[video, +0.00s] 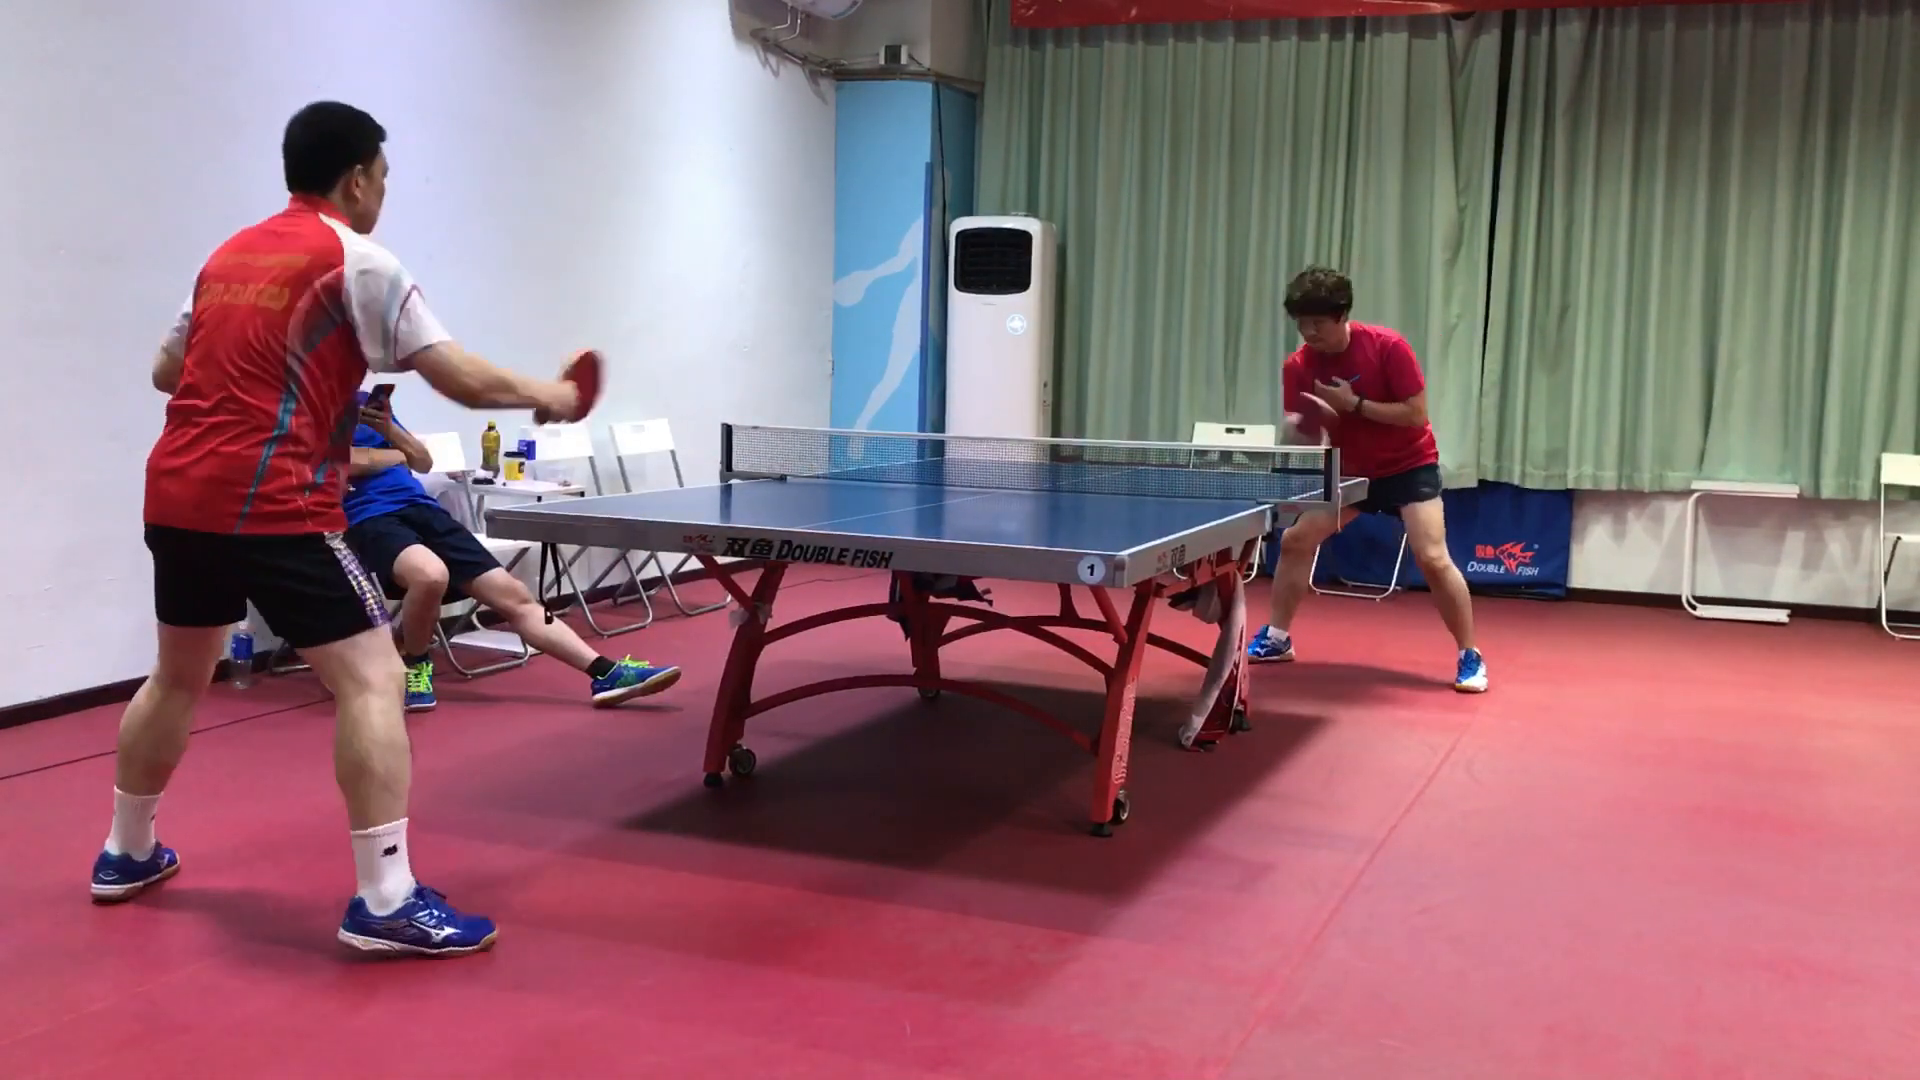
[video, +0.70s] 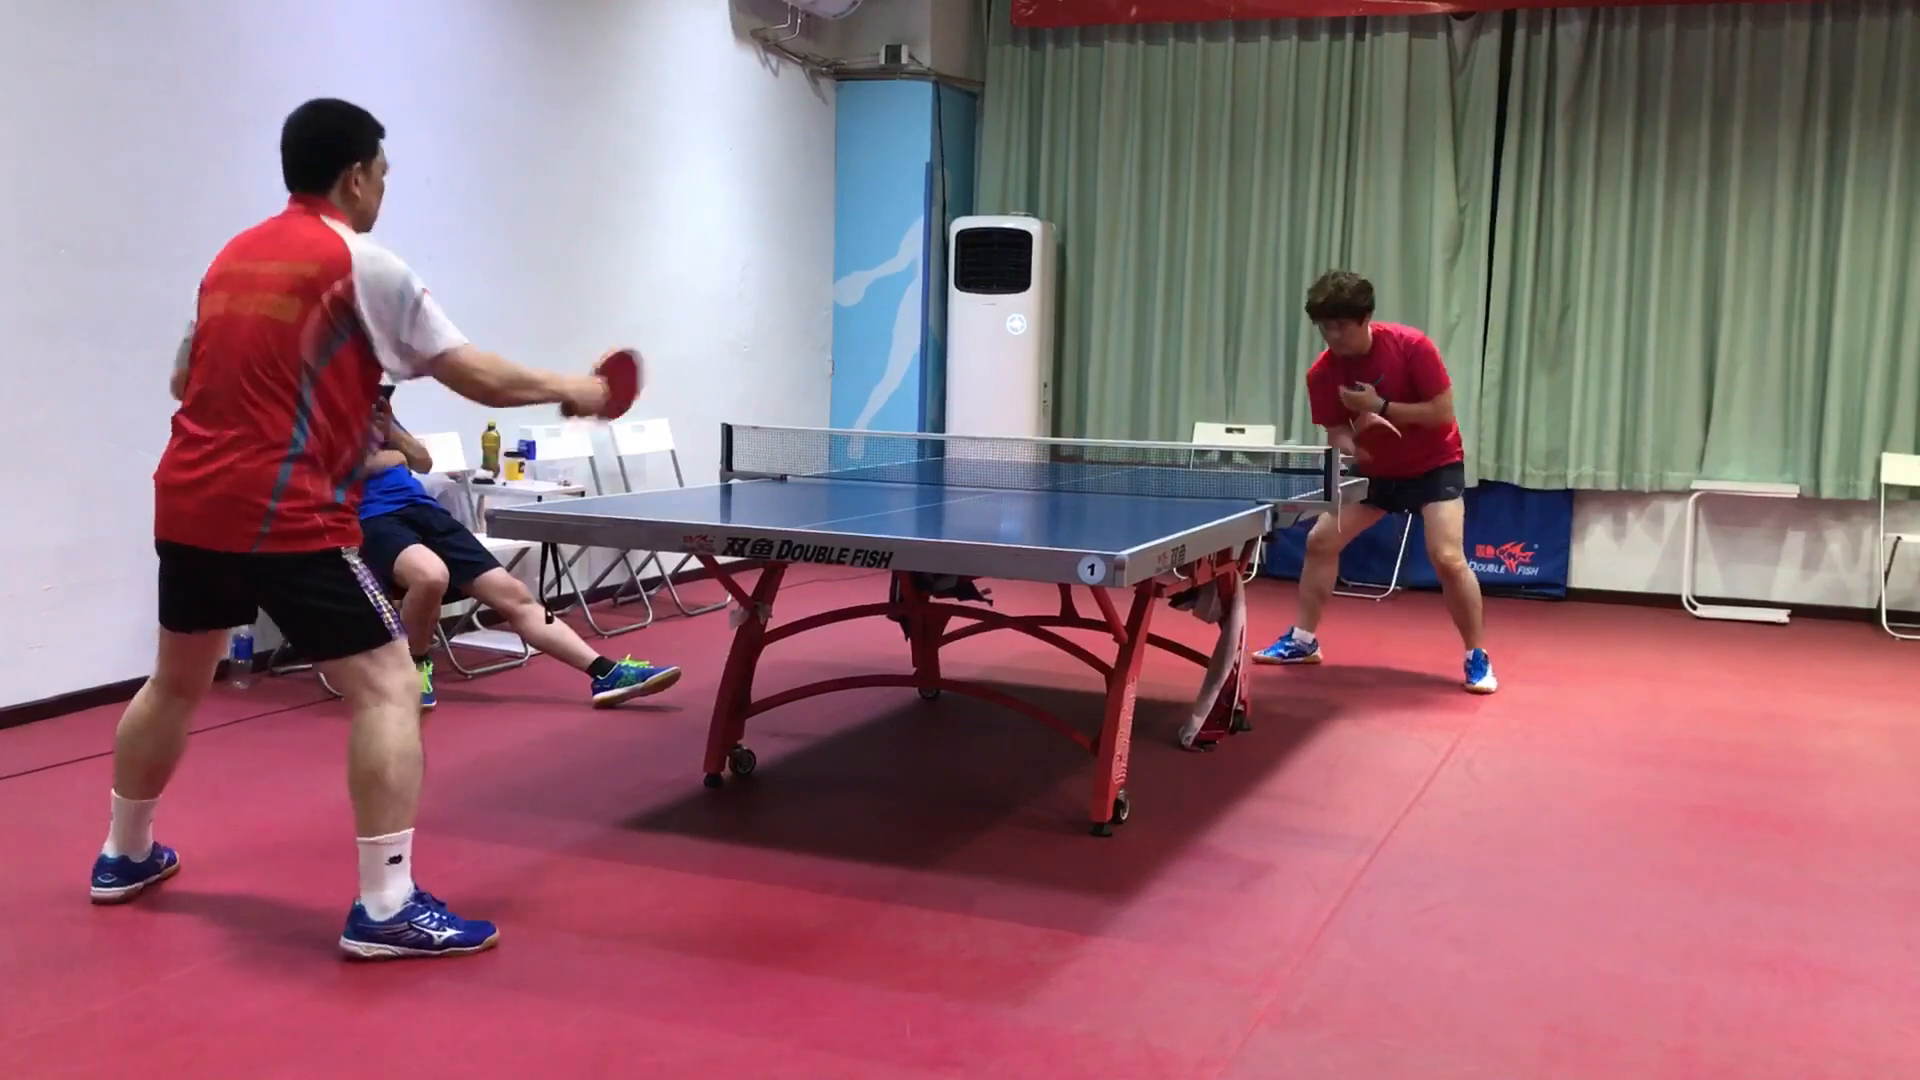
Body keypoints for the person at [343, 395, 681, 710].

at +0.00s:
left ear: (354, 368)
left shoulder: (371, 403)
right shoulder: (315, 413)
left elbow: (423, 463)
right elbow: (344, 463)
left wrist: (386, 426)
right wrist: (400, 453)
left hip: (418, 507)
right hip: (367, 518)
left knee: (514, 596)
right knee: (429, 575)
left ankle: (604, 670)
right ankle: (416, 664)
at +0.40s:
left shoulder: (373, 414)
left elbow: (423, 462)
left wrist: (392, 433)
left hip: (417, 503)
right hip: (364, 513)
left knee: (514, 595)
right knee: (430, 576)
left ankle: (604, 671)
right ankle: (407, 675)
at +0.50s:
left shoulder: (371, 407)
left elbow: (422, 460)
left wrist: (386, 428)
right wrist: (624, 370)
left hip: (415, 504)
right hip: (366, 514)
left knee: (512, 593)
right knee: (430, 575)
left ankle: (604, 670)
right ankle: (410, 674)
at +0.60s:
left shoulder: (373, 412)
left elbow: (421, 460)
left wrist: (388, 430)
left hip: (413, 502)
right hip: (365, 513)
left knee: (511, 593)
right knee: (430, 576)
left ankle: (604, 670)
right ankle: (409, 675)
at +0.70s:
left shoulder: (374, 405)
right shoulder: (323, 423)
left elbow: (423, 462)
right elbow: (347, 466)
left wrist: (389, 426)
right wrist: (396, 453)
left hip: (419, 505)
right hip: (368, 516)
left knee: (513, 595)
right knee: (431, 575)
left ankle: (604, 670)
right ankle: (416, 664)